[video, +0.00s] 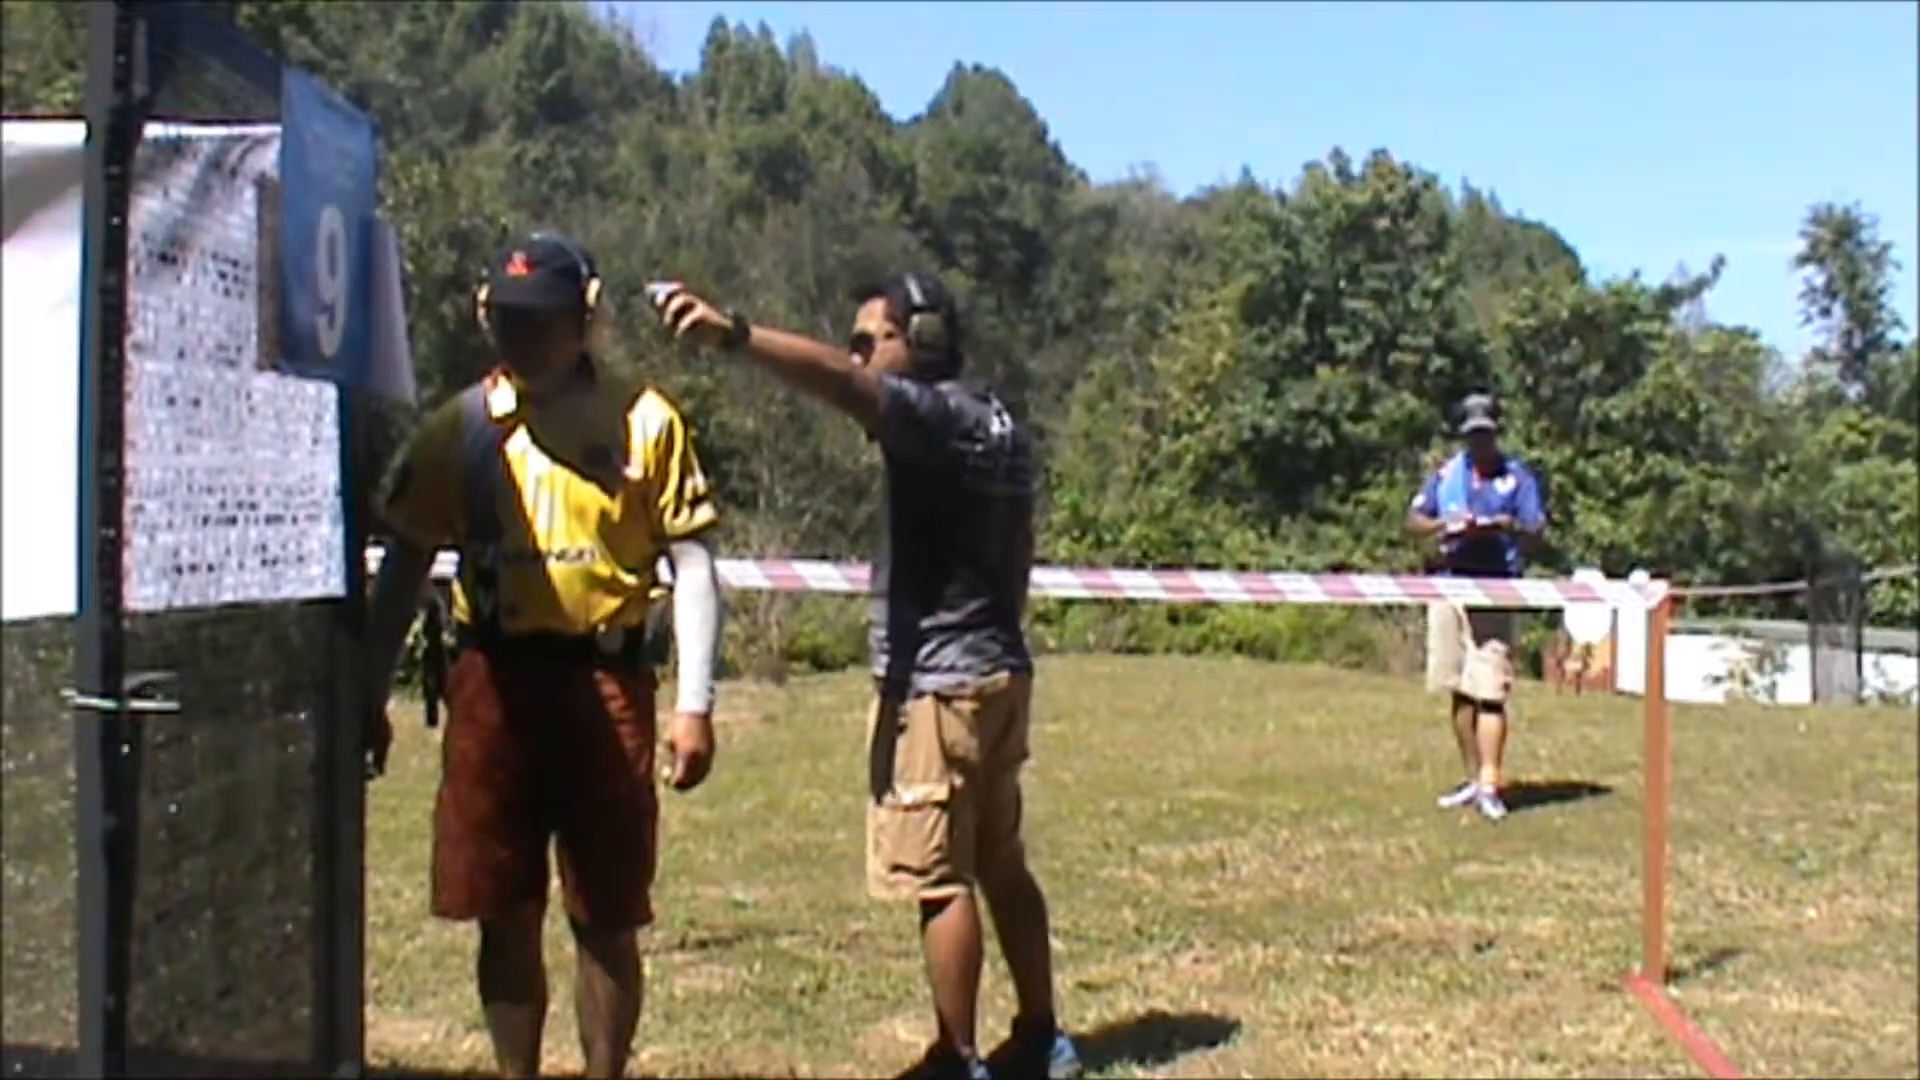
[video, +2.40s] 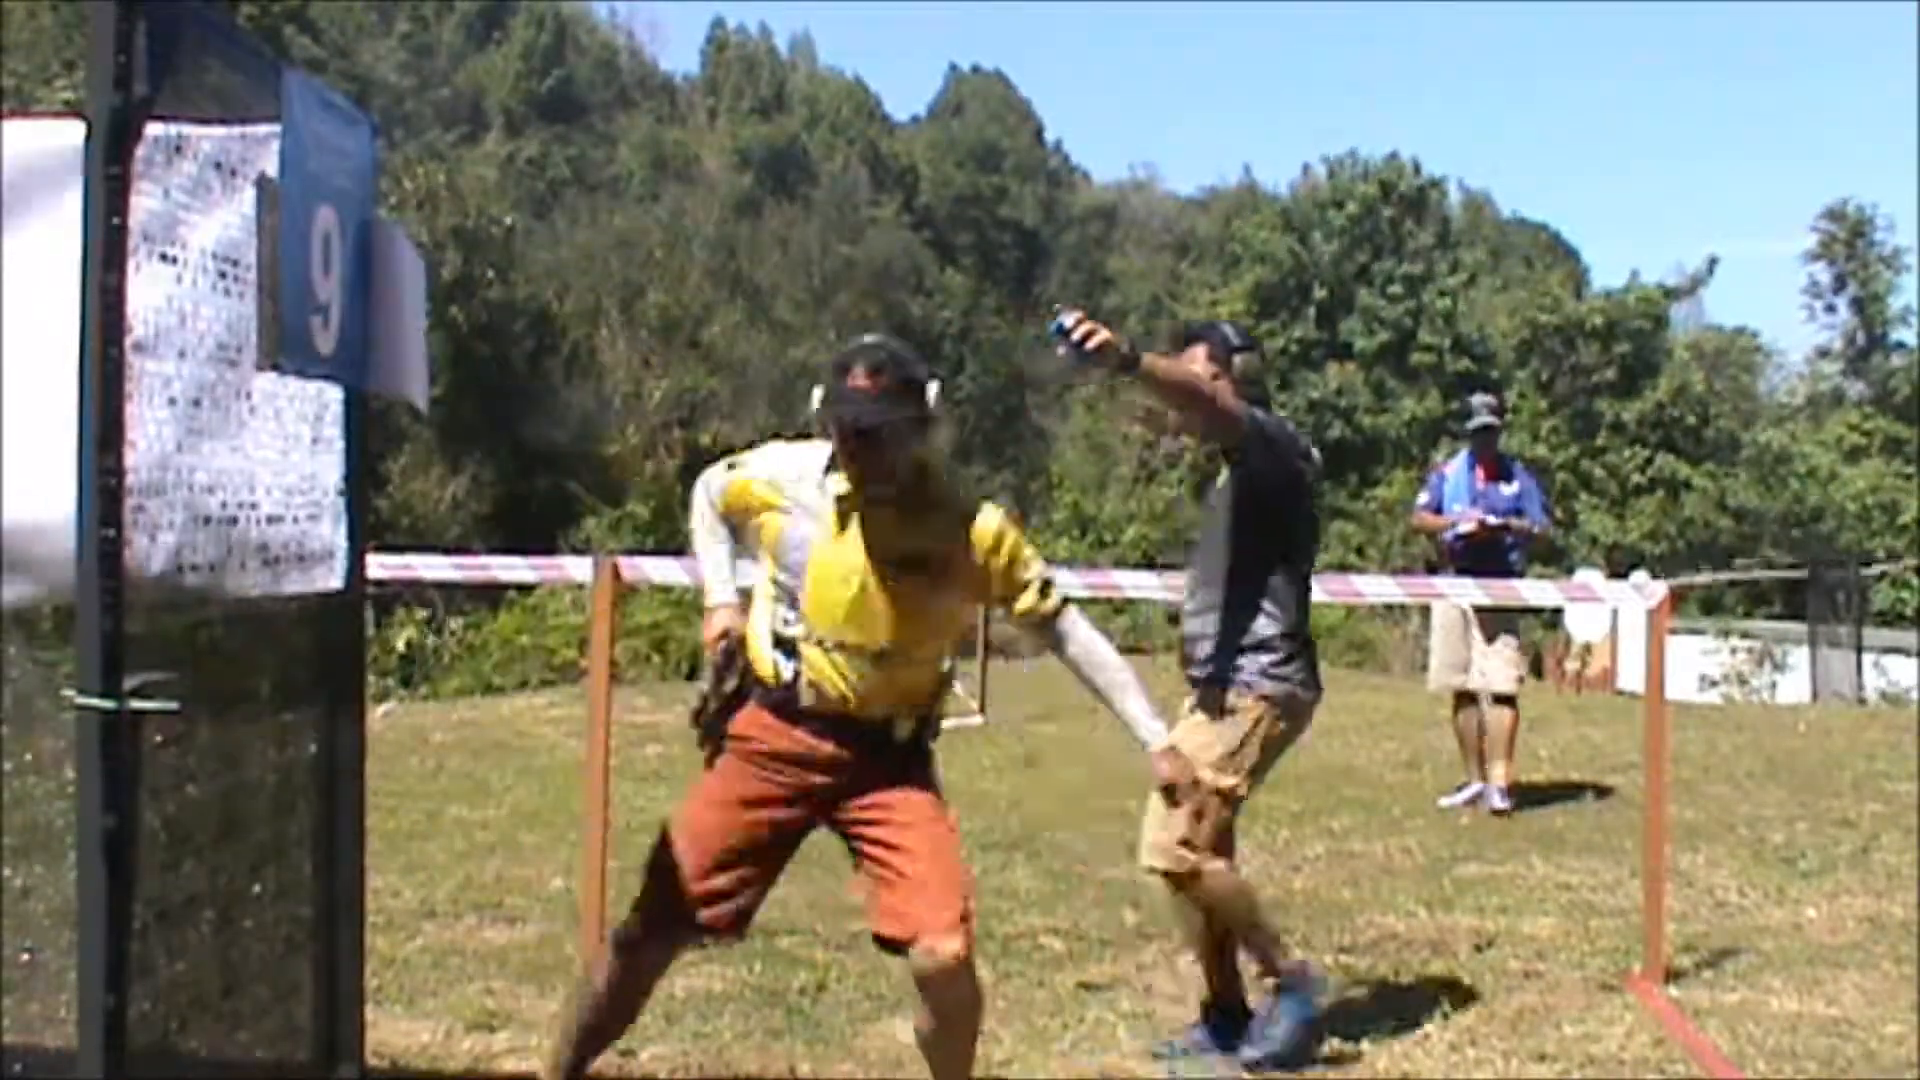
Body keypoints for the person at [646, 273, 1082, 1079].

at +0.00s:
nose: (857, 357)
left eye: (870, 341)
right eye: (857, 341)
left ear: (920, 342)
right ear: (940, 346)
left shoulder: (930, 412)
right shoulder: (1003, 424)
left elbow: (843, 379)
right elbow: (1015, 560)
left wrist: (734, 332)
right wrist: (995, 642)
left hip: (939, 674)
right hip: (998, 669)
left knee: (939, 878)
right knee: (1001, 866)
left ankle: (955, 1054)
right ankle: (1040, 1031)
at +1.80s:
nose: (903, 373)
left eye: (913, 357)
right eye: (902, 357)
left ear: (954, 355)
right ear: (985, 355)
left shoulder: (982, 419)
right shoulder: (1048, 425)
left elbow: (893, 388)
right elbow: (1069, 550)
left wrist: (784, 352)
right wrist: (1040, 634)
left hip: (996, 676)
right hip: (1046, 672)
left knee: (935, 864)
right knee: (1031, 845)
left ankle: (950, 1050)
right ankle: (1123, 1004)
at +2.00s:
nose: (982, 396)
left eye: (994, 384)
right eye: (981, 383)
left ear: (1036, 386)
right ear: (1062, 390)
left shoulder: (1056, 445)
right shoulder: (1113, 461)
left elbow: (977, 409)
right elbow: (1084, 586)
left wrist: (882, 365)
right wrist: (1006, 618)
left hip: (1050, 696)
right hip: (1099, 695)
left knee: (948, 868)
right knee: (1071, 856)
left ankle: (952, 1052)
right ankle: (1198, 990)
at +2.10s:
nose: (1051, 414)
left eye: (1062, 397)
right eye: (1047, 399)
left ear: (1101, 392)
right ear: (1121, 397)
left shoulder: (1130, 459)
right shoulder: (1168, 469)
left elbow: (1055, 425)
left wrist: (963, 379)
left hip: (1110, 700)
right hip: (1155, 702)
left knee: (1015, 867)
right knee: (1122, 876)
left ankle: (957, 1041)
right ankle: (1226, 1012)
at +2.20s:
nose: (1096, 410)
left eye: (1105, 397)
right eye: (1093, 398)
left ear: (1143, 395)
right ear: (1151, 398)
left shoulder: (1174, 459)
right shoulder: (1201, 469)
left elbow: (1104, 418)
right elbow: (1180, 607)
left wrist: (1018, 378)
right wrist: (1109, 670)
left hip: (1155, 700)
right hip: (1193, 701)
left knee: (1053, 860)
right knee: (1147, 878)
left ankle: (1008, 1035)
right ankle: (1226, 1014)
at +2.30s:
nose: (1145, 386)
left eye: (1152, 373)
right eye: (1144, 375)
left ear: (1189, 376)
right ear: (1198, 380)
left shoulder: (1239, 451)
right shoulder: (1231, 460)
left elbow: (1168, 409)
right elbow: (1223, 582)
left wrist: (1088, 368)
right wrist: (1165, 659)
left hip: (1218, 685)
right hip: (1216, 683)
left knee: (1114, 838)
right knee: (1173, 856)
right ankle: (1227, 1013)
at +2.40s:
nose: (1180, 390)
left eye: (1190, 375)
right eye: (1178, 377)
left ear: (1228, 373)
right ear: (1210, 376)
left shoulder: (1277, 450)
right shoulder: (1234, 464)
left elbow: (1206, 399)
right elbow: (1242, 580)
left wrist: (1126, 358)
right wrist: (1208, 665)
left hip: (1264, 681)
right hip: (1225, 679)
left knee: (1184, 846)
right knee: (1184, 850)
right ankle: (1225, 1015)